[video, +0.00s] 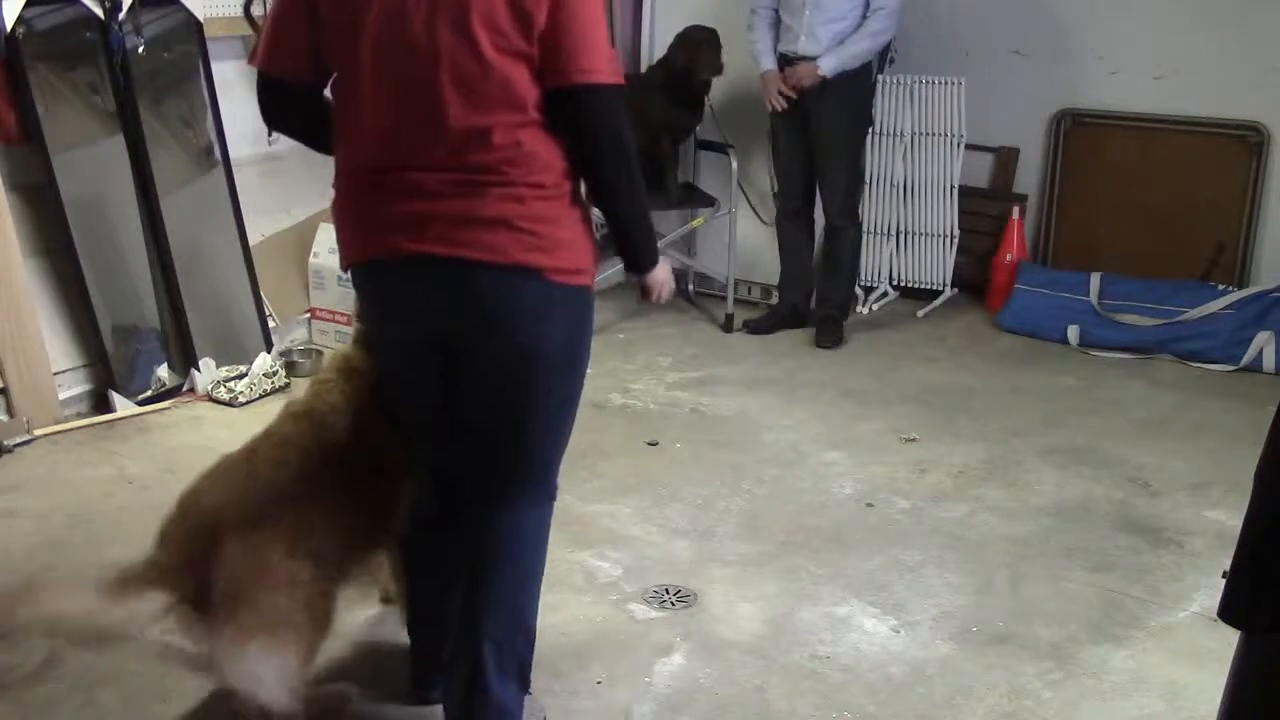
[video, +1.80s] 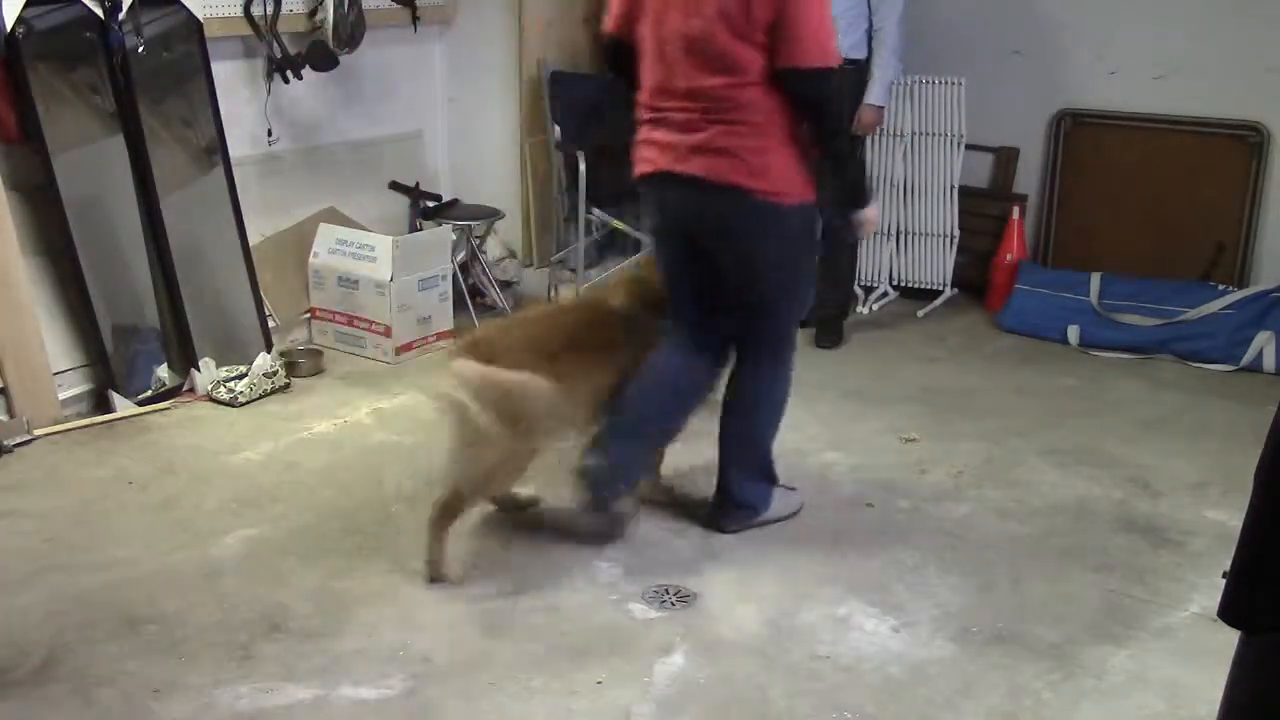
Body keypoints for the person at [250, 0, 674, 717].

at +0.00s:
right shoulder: (551, 0)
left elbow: (282, 97)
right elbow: (589, 107)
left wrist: (379, 139)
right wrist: (645, 254)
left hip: (388, 250)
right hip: (520, 254)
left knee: (430, 477)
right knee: (513, 490)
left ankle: (435, 672)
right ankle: (490, 701)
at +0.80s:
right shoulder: (578, 2)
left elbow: (330, 83)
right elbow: (620, 103)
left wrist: (421, 132)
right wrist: (667, 250)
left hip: (417, 230)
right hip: (540, 235)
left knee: (487, 433)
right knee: (519, 473)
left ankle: (496, 594)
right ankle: (486, 679)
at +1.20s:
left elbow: (420, 74)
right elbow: (681, 91)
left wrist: (504, 121)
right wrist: (724, 204)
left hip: (492, 200)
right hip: (595, 213)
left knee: (527, 391)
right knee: (578, 418)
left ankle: (541, 540)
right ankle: (499, 628)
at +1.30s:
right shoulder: (649, 1)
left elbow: (443, 61)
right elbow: (679, 79)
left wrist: (525, 110)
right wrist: (726, 201)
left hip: (510, 187)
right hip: (614, 198)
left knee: (557, 377)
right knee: (637, 393)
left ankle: (543, 547)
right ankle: (541, 558)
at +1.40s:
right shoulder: (666, 1)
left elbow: (470, 54)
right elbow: (684, 76)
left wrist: (548, 104)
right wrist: (730, 203)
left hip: (534, 182)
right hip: (633, 191)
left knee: (562, 376)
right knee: (684, 361)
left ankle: (537, 560)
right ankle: (611, 529)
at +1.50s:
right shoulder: (687, 1)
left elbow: (501, 52)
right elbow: (698, 75)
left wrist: (572, 103)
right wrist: (740, 202)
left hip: (560, 181)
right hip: (656, 189)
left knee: (577, 371)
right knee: (710, 345)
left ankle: (538, 553)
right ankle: (697, 514)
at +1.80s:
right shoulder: (792, 3)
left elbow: (616, 45)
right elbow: (810, 76)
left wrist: (674, 104)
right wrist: (856, 194)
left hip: (668, 170)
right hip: (761, 179)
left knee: (695, 333)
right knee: (767, 346)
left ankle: (610, 470)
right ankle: (743, 496)